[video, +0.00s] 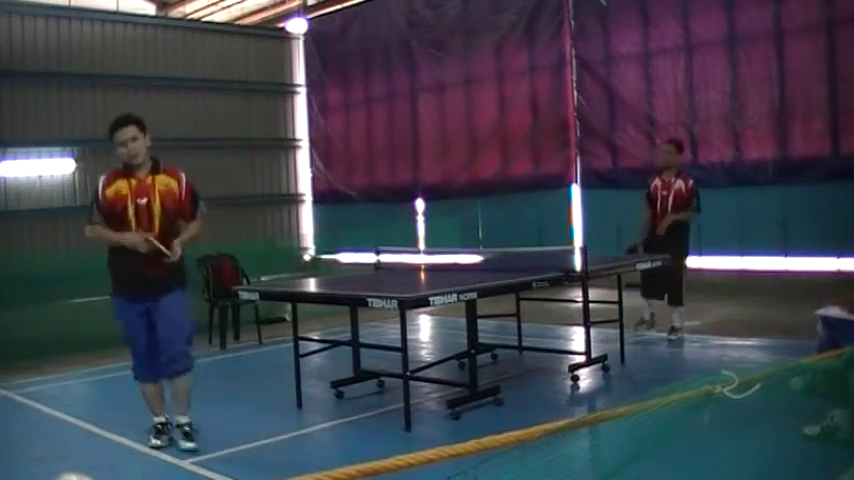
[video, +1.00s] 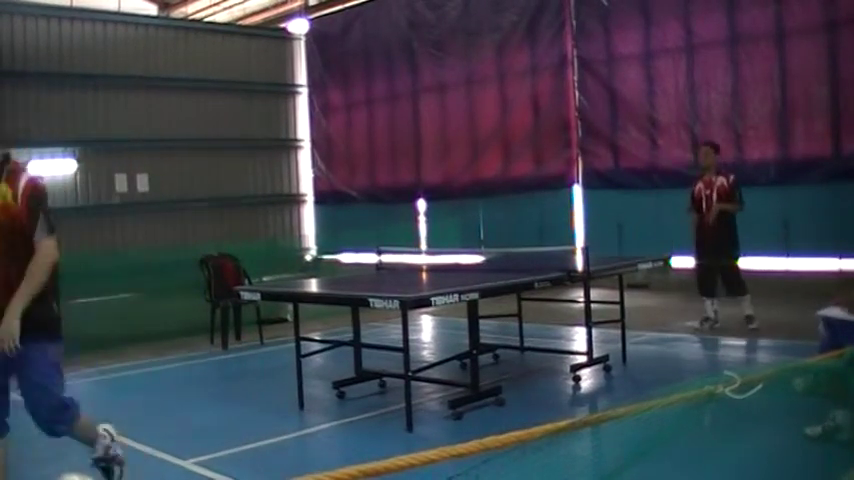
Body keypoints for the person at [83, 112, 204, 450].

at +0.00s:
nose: (129, 148)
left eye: (134, 140)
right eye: (122, 144)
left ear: (147, 139)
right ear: (115, 150)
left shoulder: (175, 179)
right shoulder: (107, 185)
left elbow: (195, 223)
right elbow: (93, 229)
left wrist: (180, 239)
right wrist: (126, 238)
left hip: (169, 284)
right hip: (129, 287)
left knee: (177, 352)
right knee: (142, 357)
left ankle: (183, 422)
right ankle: (160, 423)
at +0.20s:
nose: (110, 154)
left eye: (114, 145)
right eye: (103, 150)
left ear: (132, 142)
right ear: (98, 154)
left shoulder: (161, 183)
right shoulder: (94, 189)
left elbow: (192, 226)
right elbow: (82, 233)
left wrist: (162, 251)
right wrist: (95, 249)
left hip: (152, 289)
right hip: (115, 292)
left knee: (147, 363)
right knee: (137, 364)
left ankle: (142, 446)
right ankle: (160, 420)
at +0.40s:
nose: (91, 151)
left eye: (97, 142)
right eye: (85, 145)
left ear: (118, 138)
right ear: (82, 148)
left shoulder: (146, 182)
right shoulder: (84, 185)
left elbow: (173, 234)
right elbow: (74, 228)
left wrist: (130, 259)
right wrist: (70, 250)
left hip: (134, 295)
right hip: (94, 295)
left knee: (130, 376)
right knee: (101, 382)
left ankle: (134, 458)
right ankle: (147, 407)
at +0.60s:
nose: (68, 148)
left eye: (73, 138)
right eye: (63, 142)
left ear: (95, 134)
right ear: (63, 144)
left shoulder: (123, 178)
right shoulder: (71, 186)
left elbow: (140, 235)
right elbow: (67, 228)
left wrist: (81, 253)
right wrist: (53, 247)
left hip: (119, 300)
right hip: (77, 299)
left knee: (129, 384)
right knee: (56, 380)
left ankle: (139, 460)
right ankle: (93, 449)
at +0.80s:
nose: (22, 156)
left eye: (27, 146)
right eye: (18, 148)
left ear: (50, 142)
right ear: (22, 149)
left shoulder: (79, 185)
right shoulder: (32, 190)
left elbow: (89, 247)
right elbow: (36, 246)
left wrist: (26, 276)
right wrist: (12, 277)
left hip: (87, 313)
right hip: (42, 314)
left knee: (114, 392)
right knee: (23, 402)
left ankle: (135, 457)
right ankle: (9, 474)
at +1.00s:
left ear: (5, 155)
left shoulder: (22, 185)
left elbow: (47, 251)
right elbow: (45, 250)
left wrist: (13, 312)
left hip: (34, 321)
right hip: (2, 323)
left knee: (48, 410)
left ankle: (102, 442)